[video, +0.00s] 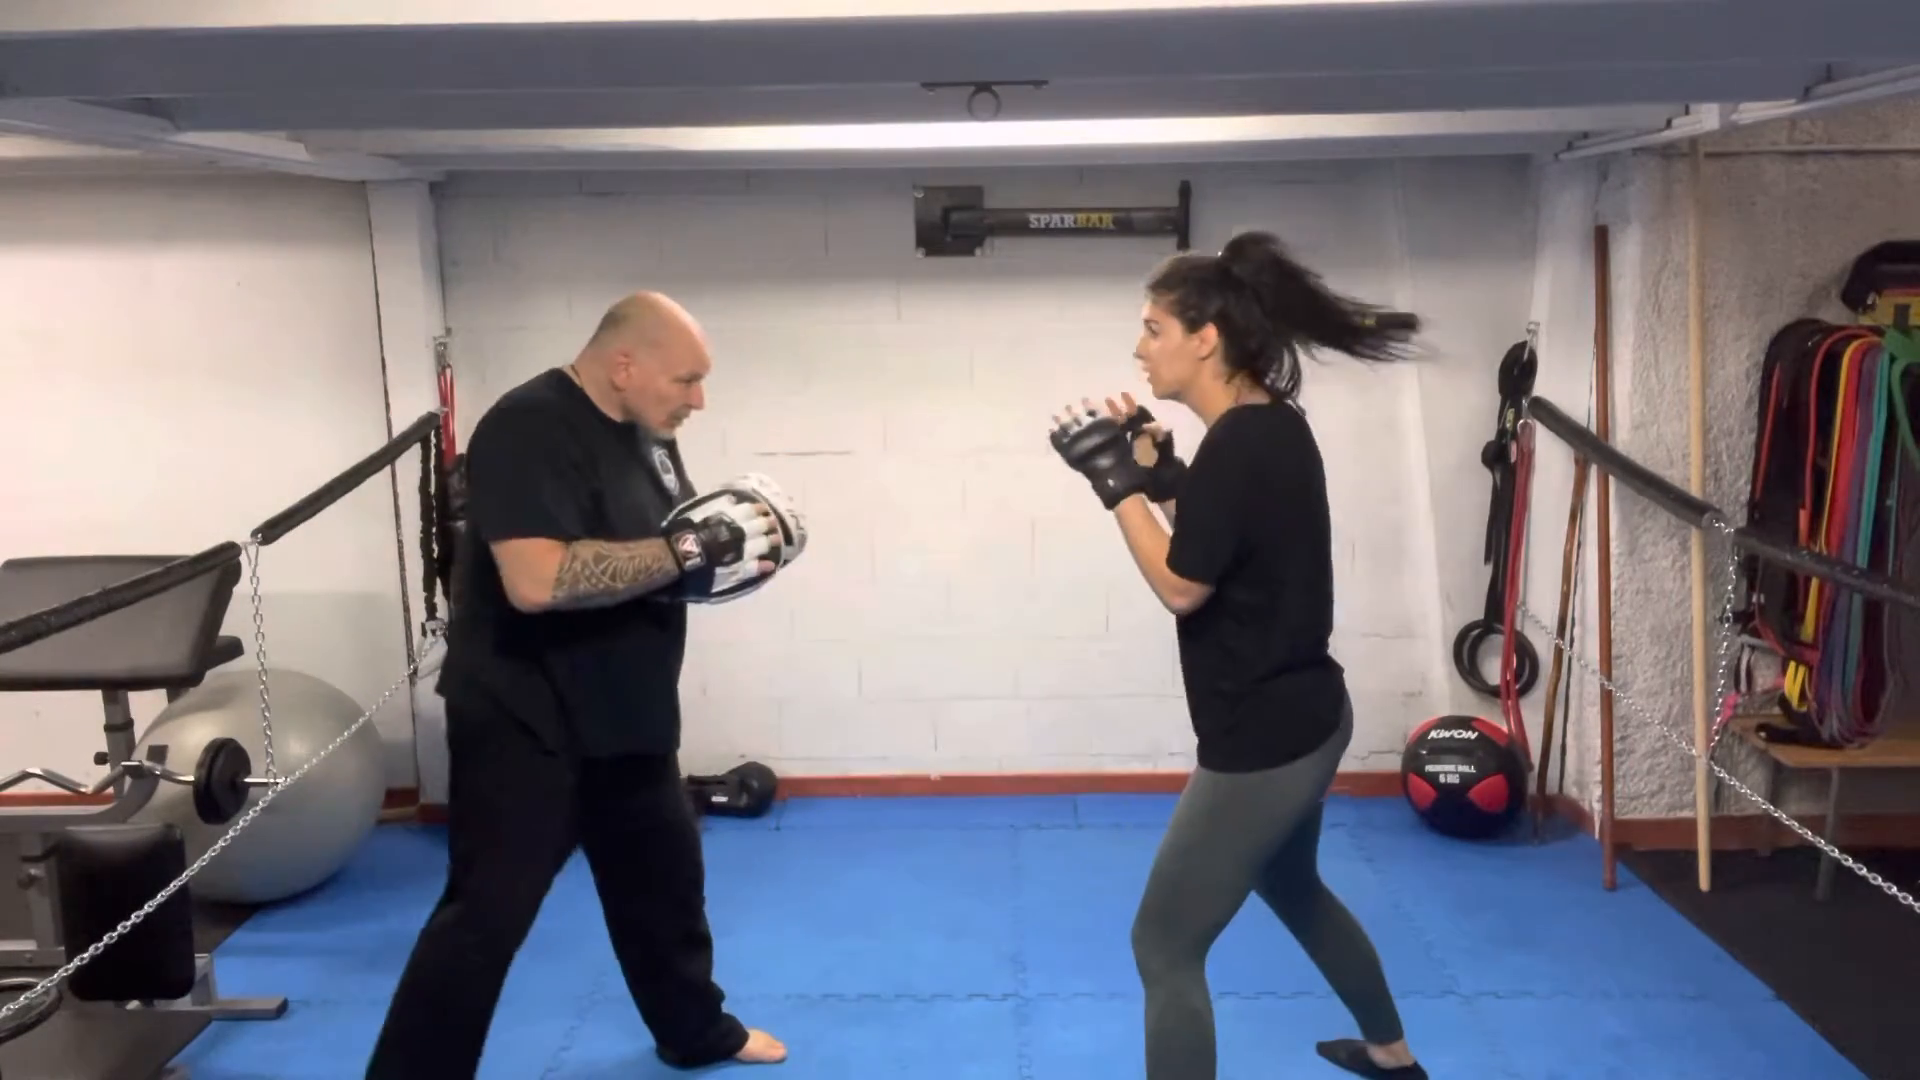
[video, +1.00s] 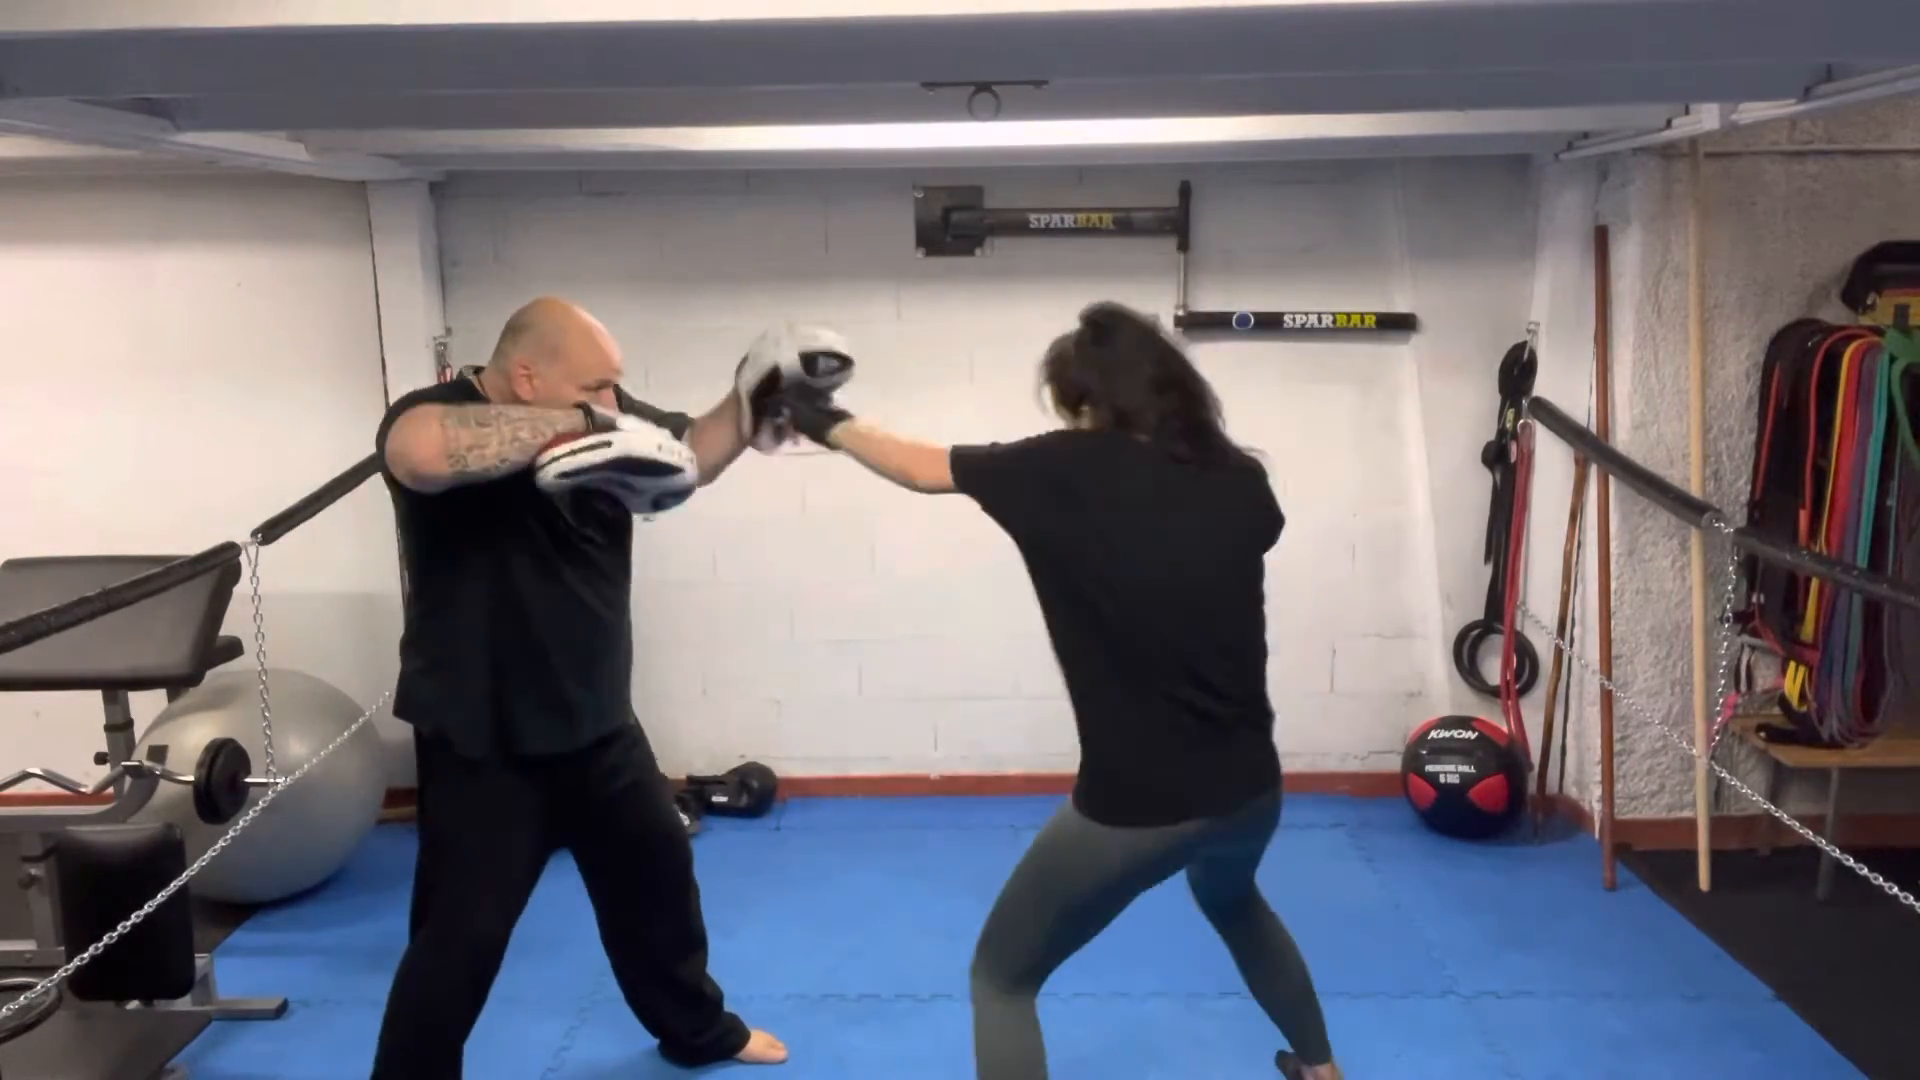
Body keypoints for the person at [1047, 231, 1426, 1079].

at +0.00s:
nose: (1140, 349)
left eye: (1152, 330)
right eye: (1143, 330)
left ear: (1206, 340)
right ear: (1208, 340)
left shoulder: (1239, 444)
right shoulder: (1276, 428)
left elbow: (1180, 586)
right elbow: (1234, 552)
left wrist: (1116, 485)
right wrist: (1167, 473)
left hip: (1259, 746)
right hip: (1308, 722)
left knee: (1165, 945)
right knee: (1292, 885)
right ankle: (1390, 1048)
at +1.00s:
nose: (1062, 422)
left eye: (1064, 406)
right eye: (1061, 406)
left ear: (1090, 403)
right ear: (1166, 391)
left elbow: (920, 467)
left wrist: (830, 423)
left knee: (1002, 979)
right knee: (1236, 900)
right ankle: (1318, 1063)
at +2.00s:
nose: (1049, 428)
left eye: (1058, 411)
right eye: (1048, 409)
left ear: (1107, 411)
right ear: (1143, 395)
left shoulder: (1185, 488)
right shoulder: (1209, 466)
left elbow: (1146, 645)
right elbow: (1189, 603)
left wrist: (1033, 557)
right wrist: (1098, 541)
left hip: (1215, 801)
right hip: (1248, 776)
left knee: (1106, 1006)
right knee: (1200, 916)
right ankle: (1299, 1059)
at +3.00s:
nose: (1008, 513)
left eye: (1009, 499)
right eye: (999, 504)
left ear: (1035, 471)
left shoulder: (1120, 477)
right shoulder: (1082, 475)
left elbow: (1033, 599)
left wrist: (968, 515)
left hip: (1217, 757)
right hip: (1153, 745)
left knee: (1170, 991)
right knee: (1087, 862)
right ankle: (1160, 997)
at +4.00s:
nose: (1021, 424)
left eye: (1025, 413)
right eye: (1018, 411)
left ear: (1067, 425)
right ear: (1114, 402)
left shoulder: (1095, 506)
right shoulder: (1156, 466)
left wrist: (955, 423)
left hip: (1127, 779)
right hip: (1122, 751)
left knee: (1077, 1017)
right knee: (1027, 854)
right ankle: (1076, 988)